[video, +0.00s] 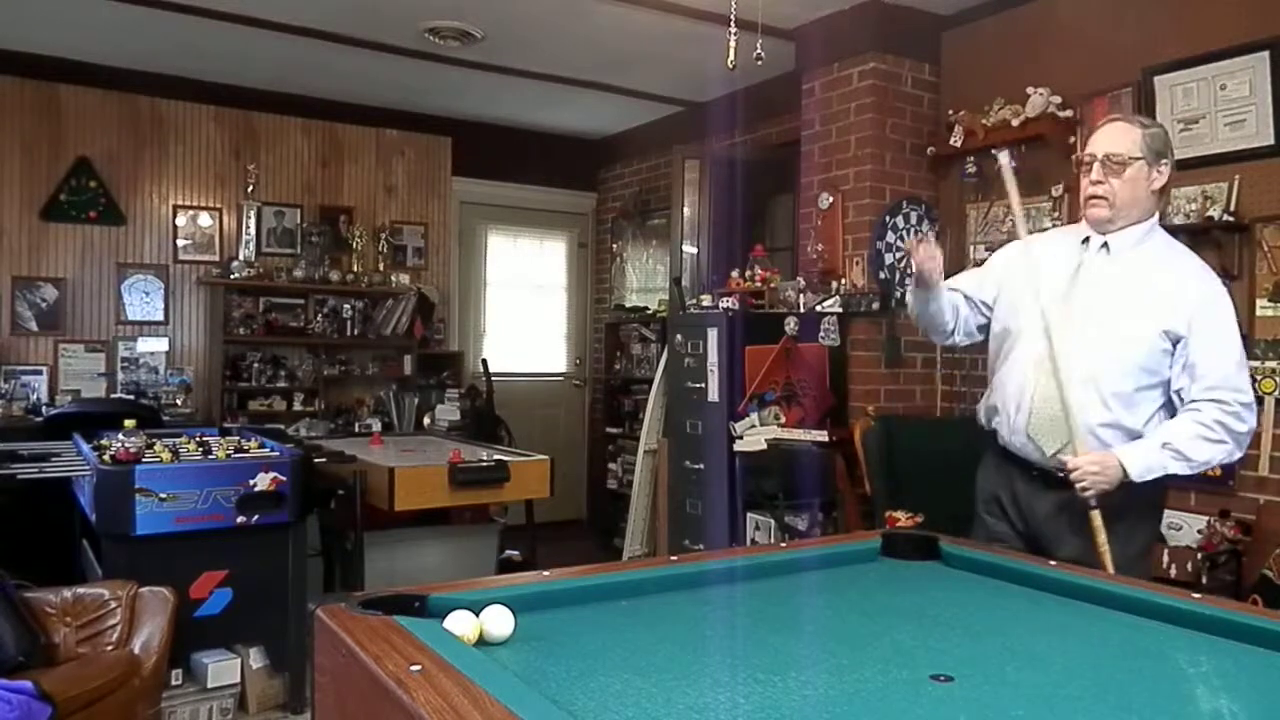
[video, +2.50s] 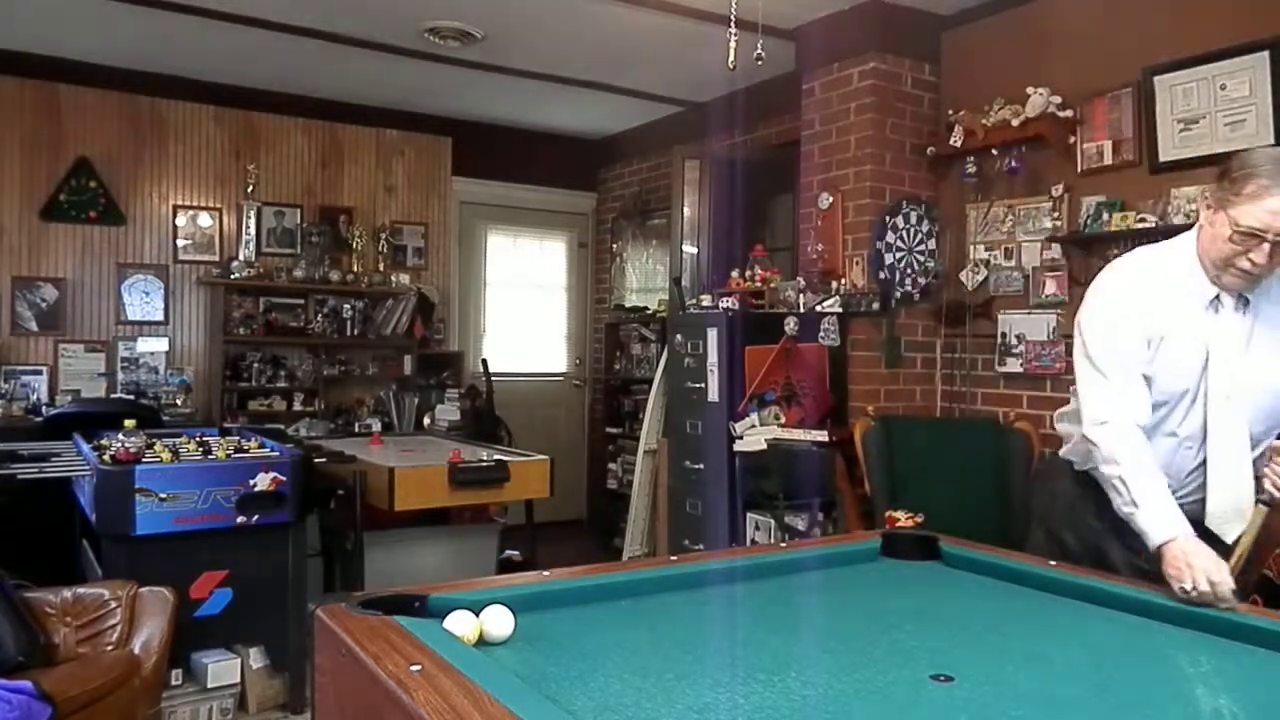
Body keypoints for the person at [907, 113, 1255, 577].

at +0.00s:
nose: (1093, 178)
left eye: (1114, 164)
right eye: (1088, 164)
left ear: (1157, 175)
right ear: (1077, 170)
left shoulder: (1191, 286)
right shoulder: (1027, 257)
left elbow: (1226, 415)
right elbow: (950, 321)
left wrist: (1125, 464)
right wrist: (928, 288)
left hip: (1111, 510)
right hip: (1006, 486)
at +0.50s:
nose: (1057, 181)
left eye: (1074, 166)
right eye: (1050, 170)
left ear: (1118, 173)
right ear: (1043, 181)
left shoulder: (1163, 271)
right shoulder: (1019, 261)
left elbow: (1188, 406)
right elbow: (938, 325)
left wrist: (1096, 473)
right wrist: (929, 257)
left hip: (1109, 503)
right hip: (1010, 488)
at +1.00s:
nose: (1005, 191)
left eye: (1019, 174)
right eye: (997, 182)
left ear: (1062, 174)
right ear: (991, 192)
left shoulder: (1121, 264)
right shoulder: (977, 269)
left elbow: (1157, 391)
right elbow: (915, 343)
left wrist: (1084, 472)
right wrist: (902, 279)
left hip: (1098, 494)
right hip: (994, 487)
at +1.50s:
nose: (1043, 193)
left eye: (1060, 179)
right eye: (1028, 180)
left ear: (1087, 184)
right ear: (1010, 189)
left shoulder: (1133, 273)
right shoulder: (971, 275)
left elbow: (1183, 387)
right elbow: (918, 359)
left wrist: (1124, 458)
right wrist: (906, 328)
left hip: (1099, 499)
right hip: (995, 494)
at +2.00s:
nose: (1181, 217)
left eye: (1203, 204)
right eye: (1170, 195)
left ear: (1224, 209)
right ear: (1138, 185)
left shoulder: (1251, 299)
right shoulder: (1065, 268)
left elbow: (1271, 407)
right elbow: (1007, 380)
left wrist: (1236, 452)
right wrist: (1037, 472)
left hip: (1174, 527)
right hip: (1060, 515)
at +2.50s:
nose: (1262, 258)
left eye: (1277, 244)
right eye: (1248, 235)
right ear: (1208, 211)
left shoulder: (1273, 296)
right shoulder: (1126, 288)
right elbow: (1110, 430)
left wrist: (1266, 459)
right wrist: (1172, 540)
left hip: (1206, 522)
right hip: (1095, 510)